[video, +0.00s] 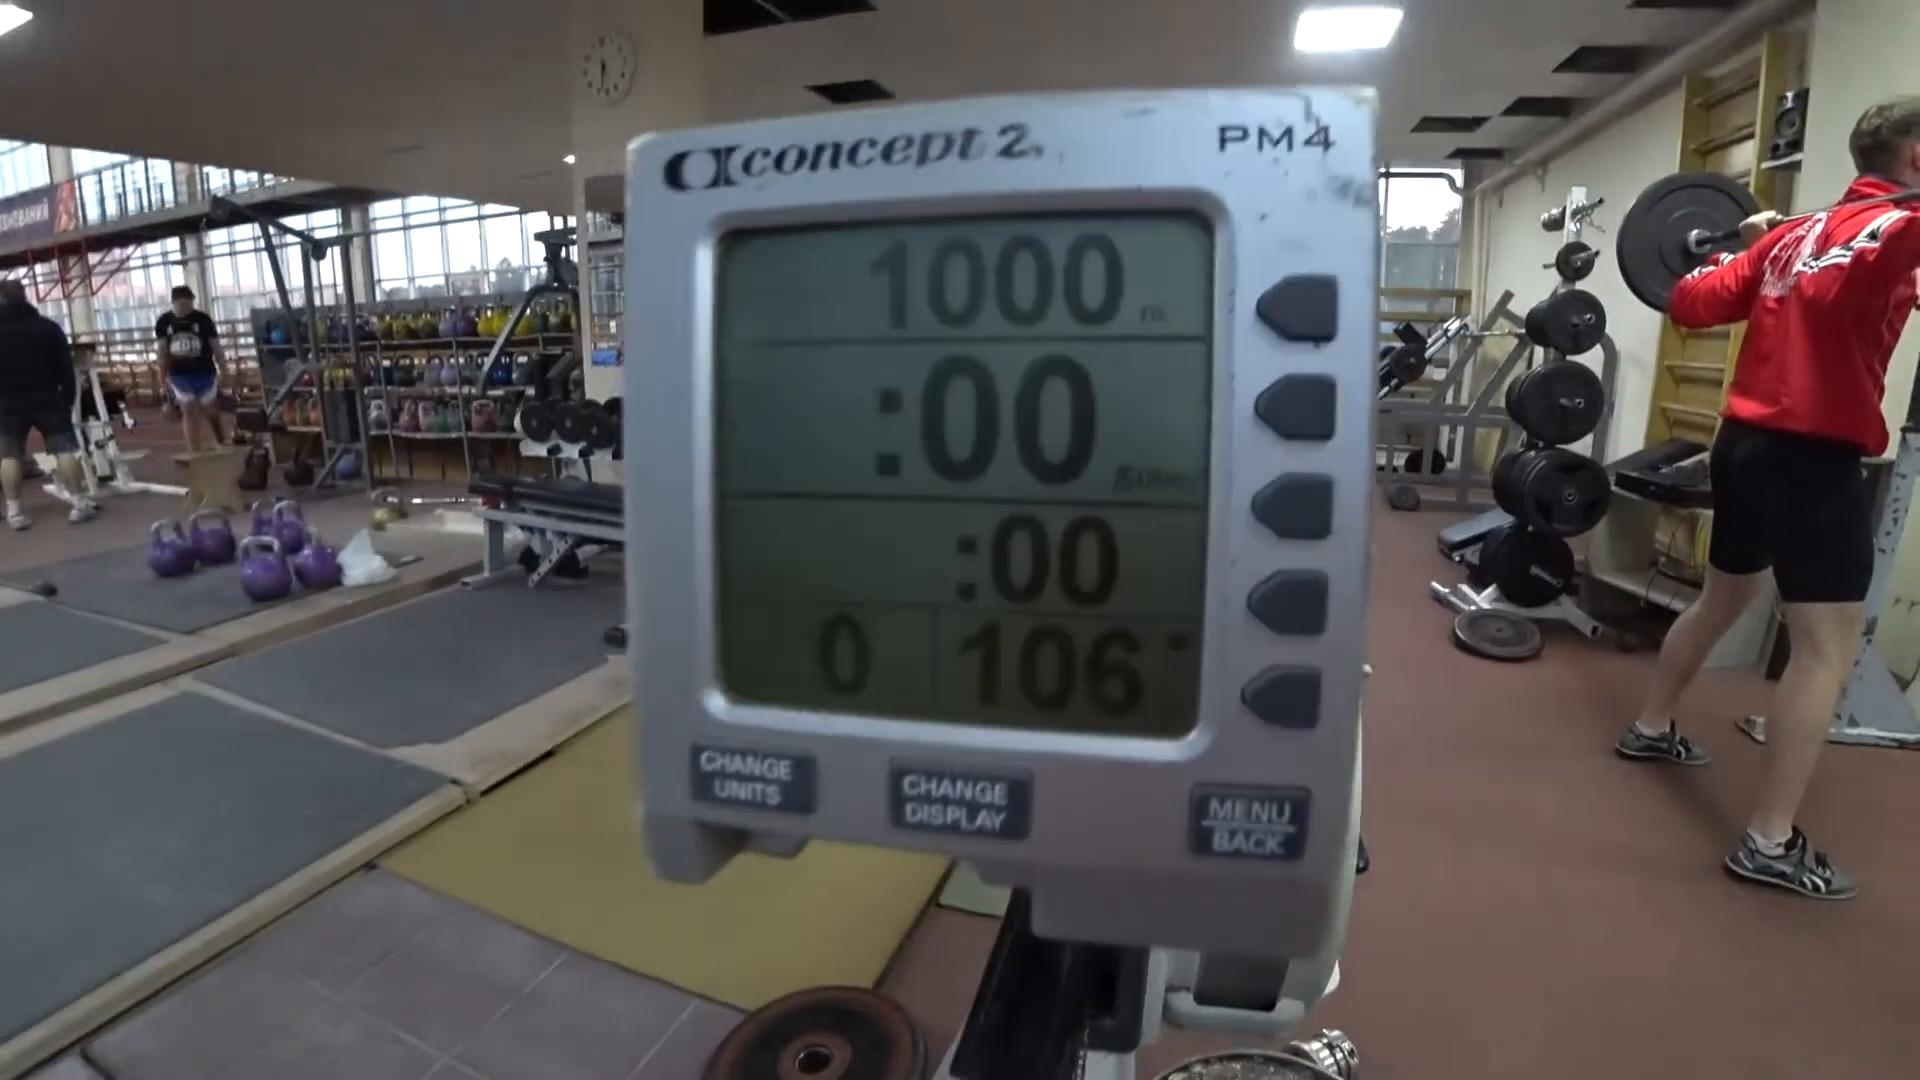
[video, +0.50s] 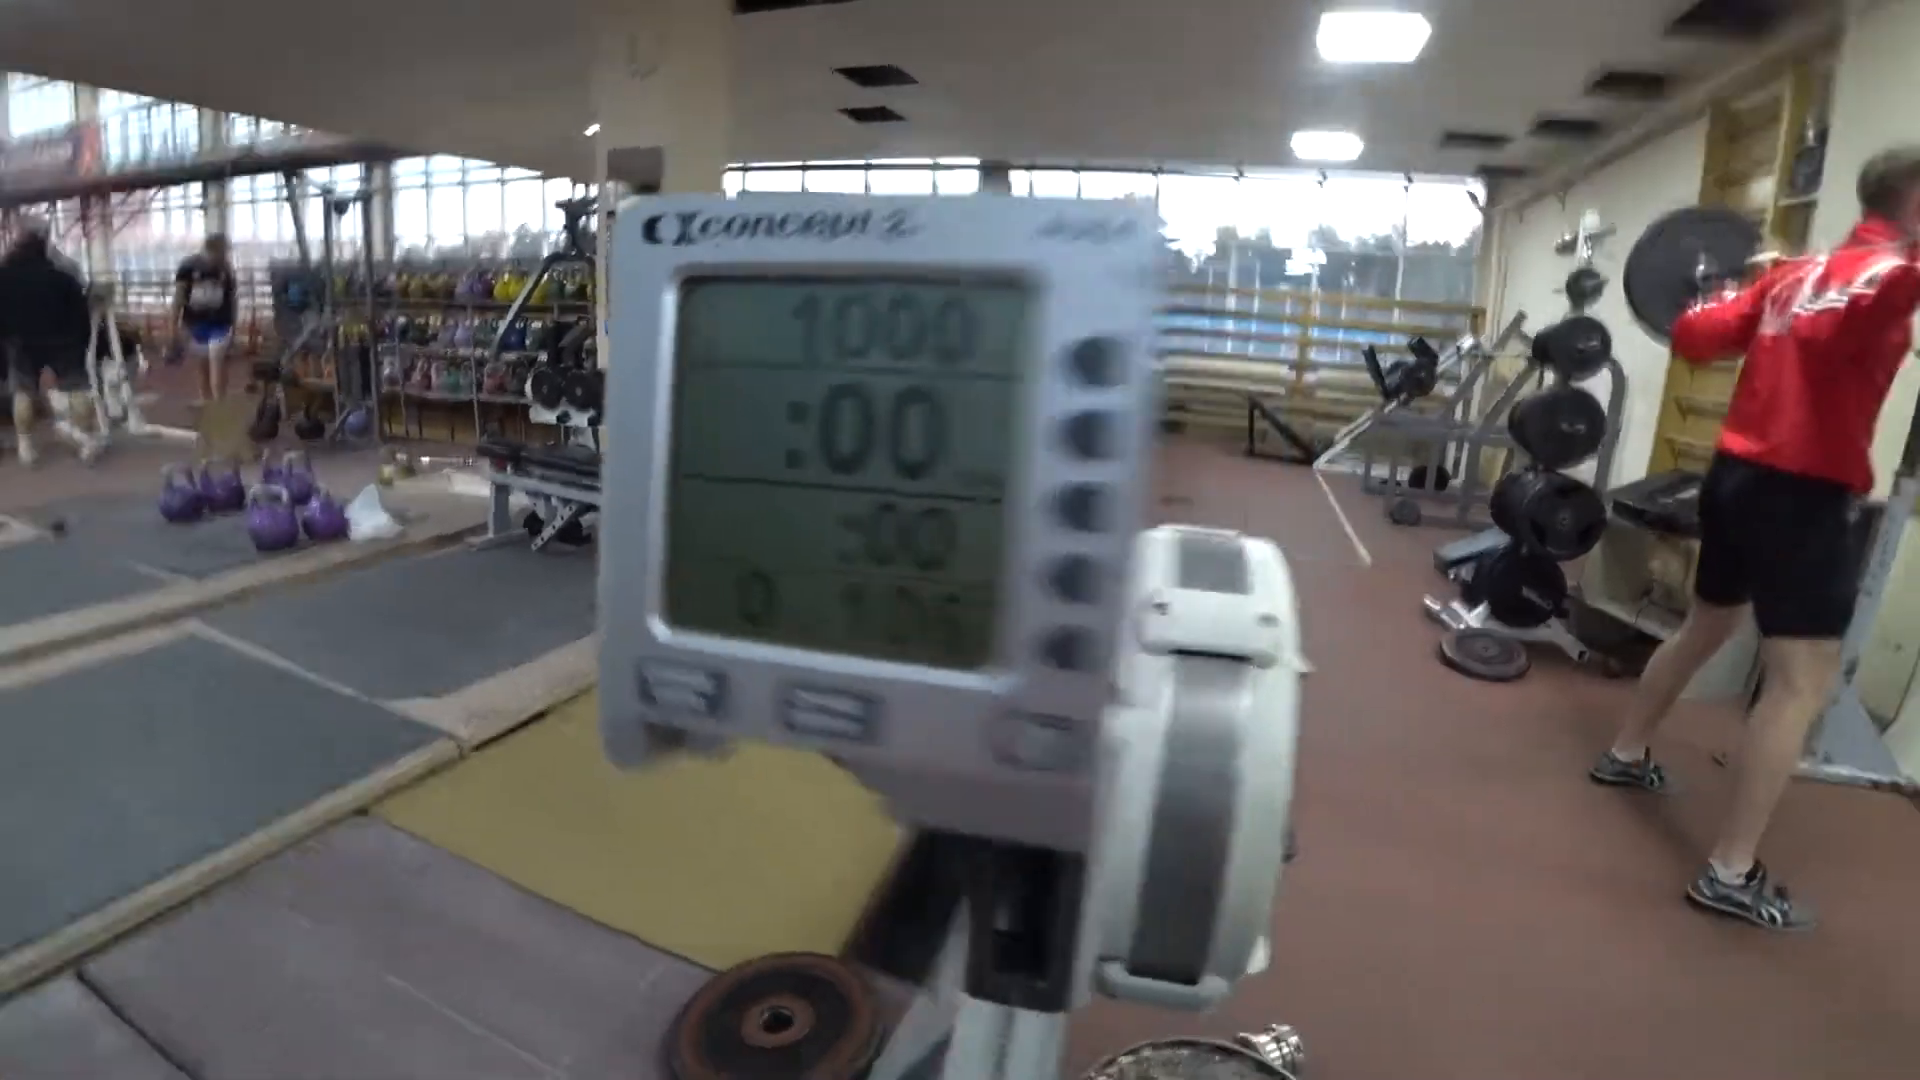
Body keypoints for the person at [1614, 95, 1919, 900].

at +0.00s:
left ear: (1861, 164)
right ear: (1907, 161)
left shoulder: (1790, 236)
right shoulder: (1903, 228)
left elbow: (1687, 301)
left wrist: (1735, 248)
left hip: (1742, 445)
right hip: (1822, 457)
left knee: (1722, 598)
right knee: (1821, 653)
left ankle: (1650, 724)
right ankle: (1770, 838)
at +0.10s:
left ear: (1861, 150)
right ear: (1911, 145)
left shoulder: (1789, 223)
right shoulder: (1903, 212)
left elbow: (1686, 290)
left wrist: (1741, 233)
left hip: (1743, 432)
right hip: (1822, 444)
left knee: (1721, 588)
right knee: (1823, 640)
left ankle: (1652, 713)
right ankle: (1771, 827)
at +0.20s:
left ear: (1864, 144)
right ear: (1911, 141)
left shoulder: (1794, 216)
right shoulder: (1907, 209)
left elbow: (1690, 286)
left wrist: (1739, 231)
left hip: (1745, 427)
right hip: (1825, 440)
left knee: (1724, 583)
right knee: (1825, 637)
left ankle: (1652, 708)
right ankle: (1771, 822)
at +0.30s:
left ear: (1865, 142)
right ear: (1909, 139)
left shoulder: (1795, 214)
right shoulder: (1906, 205)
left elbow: (1692, 282)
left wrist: (1745, 227)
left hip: (1747, 423)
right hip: (1826, 436)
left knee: (1726, 578)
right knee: (1825, 635)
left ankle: (1654, 706)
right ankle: (1772, 819)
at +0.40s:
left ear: (1862, 132)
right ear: (1911, 128)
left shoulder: (1791, 207)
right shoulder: (1905, 197)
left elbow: (1688, 276)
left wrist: (1735, 219)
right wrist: (1777, 209)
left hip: (1744, 419)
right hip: (1825, 431)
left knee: (1724, 572)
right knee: (1821, 629)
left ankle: (1653, 702)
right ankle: (1768, 817)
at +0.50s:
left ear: (1862, 205)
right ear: (1913, 206)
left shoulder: (1791, 273)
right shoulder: (1898, 273)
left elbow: (1695, 331)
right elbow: (1873, 308)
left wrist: (1729, 288)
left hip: (1734, 475)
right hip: (1809, 492)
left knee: (1707, 624)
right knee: (1800, 684)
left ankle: (1625, 751)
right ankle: (1730, 871)